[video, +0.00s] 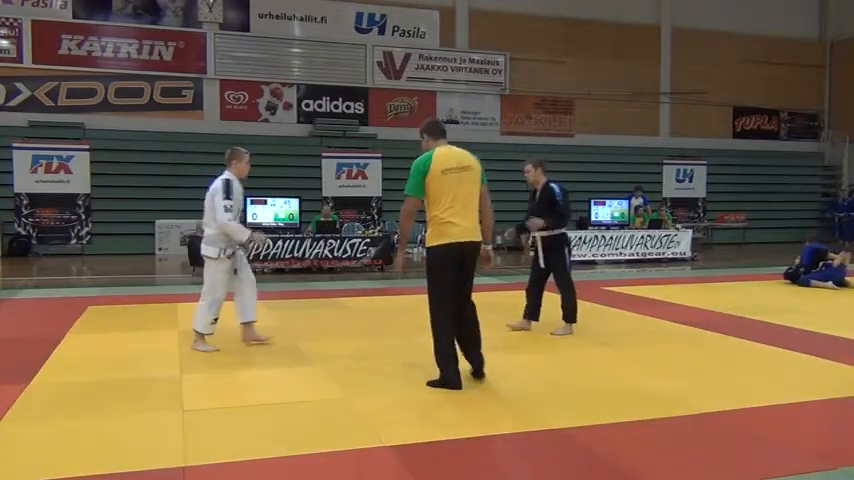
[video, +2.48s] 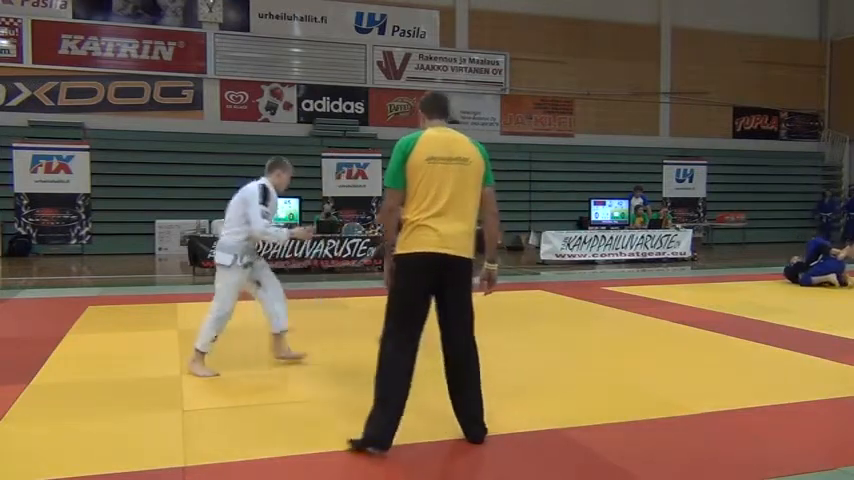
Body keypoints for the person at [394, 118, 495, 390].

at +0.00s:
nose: (420, 145)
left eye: (421, 141)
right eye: (421, 142)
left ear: (426, 139)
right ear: (445, 137)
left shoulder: (424, 162)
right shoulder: (472, 159)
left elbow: (410, 208)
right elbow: (486, 205)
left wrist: (402, 249)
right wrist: (488, 242)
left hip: (441, 245)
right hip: (471, 243)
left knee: (441, 310)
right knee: (463, 302)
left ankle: (449, 375)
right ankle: (476, 362)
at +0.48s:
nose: (444, 140)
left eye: (444, 136)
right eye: (445, 136)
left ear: (449, 134)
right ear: (469, 133)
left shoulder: (443, 159)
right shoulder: (494, 160)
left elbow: (434, 206)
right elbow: (502, 205)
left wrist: (432, 245)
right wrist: (497, 239)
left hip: (453, 249)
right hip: (487, 249)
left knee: (451, 314)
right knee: (483, 317)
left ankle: (450, 377)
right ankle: (484, 392)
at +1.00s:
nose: (444, 132)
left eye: (444, 128)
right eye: (446, 127)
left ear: (450, 127)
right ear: (472, 127)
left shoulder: (438, 153)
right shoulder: (498, 156)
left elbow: (423, 206)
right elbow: (512, 206)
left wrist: (420, 250)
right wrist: (514, 251)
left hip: (447, 250)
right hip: (485, 252)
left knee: (439, 324)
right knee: (480, 322)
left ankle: (433, 405)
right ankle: (484, 395)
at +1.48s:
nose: (418, 127)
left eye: (418, 123)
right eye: (420, 122)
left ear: (422, 122)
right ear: (448, 119)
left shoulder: (410, 152)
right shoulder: (475, 148)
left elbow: (396, 210)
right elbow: (490, 201)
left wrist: (396, 255)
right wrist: (489, 249)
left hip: (427, 251)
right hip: (468, 251)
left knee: (427, 332)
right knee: (469, 325)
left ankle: (432, 411)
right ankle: (479, 405)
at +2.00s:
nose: (434, 123)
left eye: (434, 118)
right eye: (439, 118)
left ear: (437, 118)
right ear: (464, 117)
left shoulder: (426, 148)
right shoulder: (490, 150)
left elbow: (411, 210)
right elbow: (502, 207)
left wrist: (410, 255)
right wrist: (492, 252)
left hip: (434, 256)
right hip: (475, 257)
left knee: (431, 337)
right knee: (472, 338)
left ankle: (430, 413)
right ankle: (474, 425)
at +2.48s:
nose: (417, 122)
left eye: (417, 116)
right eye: (420, 116)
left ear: (422, 115)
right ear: (450, 115)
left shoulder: (408, 145)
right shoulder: (476, 150)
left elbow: (391, 206)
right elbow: (490, 210)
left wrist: (388, 255)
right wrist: (491, 261)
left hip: (413, 259)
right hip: (458, 260)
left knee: (398, 344)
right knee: (461, 343)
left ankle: (378, 437)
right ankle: (475, 428)